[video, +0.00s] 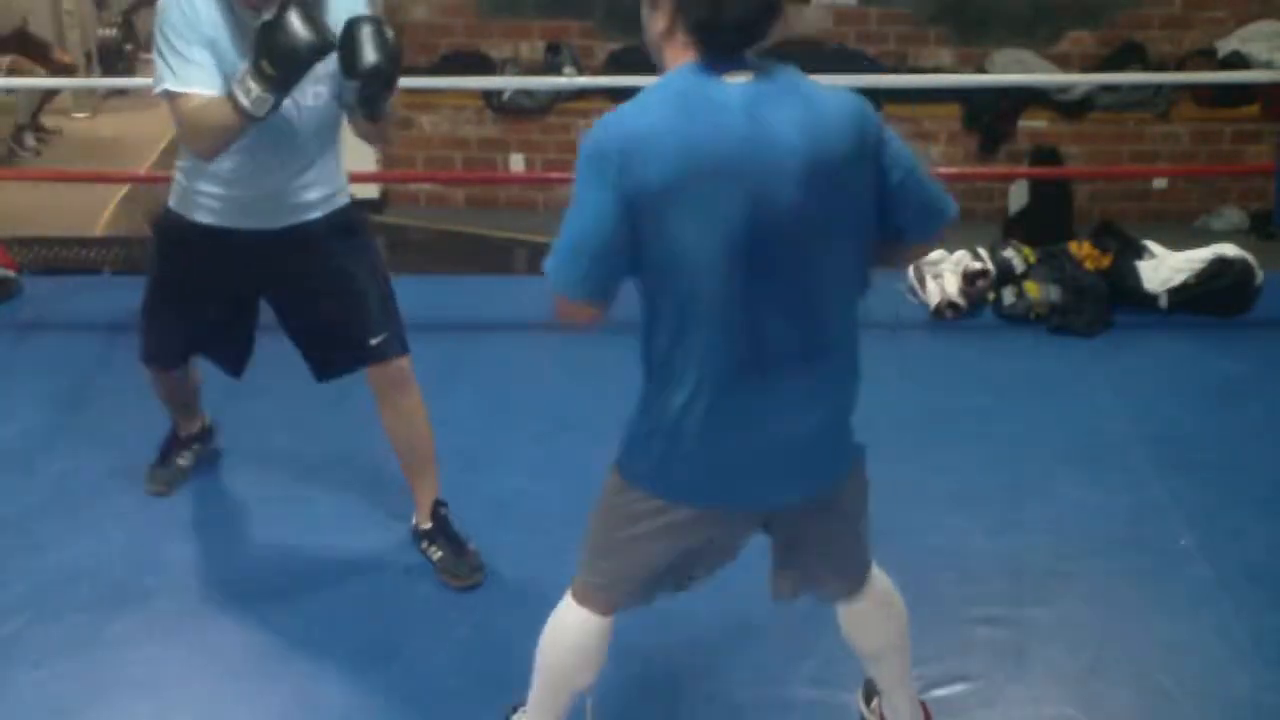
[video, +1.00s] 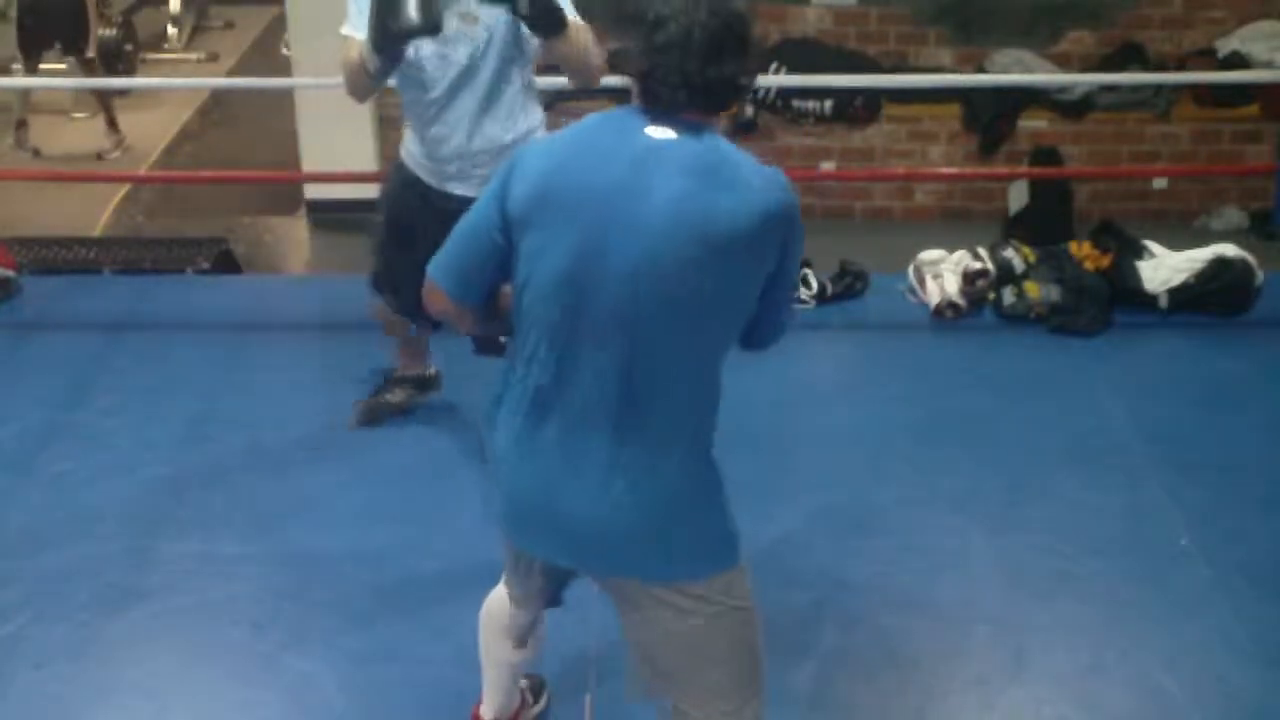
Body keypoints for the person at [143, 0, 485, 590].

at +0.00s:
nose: (262, 0)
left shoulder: (342, 7)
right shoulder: (190, 9)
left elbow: (375, 133)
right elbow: (197, 136)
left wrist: (371, 94)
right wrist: (264, 78)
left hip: (317, 214)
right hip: (205, 217)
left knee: (390, 362)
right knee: (163, 353)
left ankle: (431, 520)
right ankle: (191, 433)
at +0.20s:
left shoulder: (333, 4)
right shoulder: (182, 7)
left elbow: (381, 108)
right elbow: (184, 127)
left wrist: (368, 63)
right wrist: (242, 65)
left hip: (331, 208)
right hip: (222, 213)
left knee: (414, 353)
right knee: (181, 355)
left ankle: (487, 495)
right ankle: (193, 437)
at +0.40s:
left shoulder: (393, 6)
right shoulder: (248, 5)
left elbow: (465, 98)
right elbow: (228, 115)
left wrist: (433, 22)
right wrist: (275, 58)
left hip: (385, 213)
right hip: (280, 209)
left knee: (447, 364)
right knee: (225, 340)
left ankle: (514, 505)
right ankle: (198, 434)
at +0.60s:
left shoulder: (450, 5)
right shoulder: (291, 4)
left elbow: (489, 114)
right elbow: (277, 104)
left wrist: (459, 69)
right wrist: (316, 55)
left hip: (430, 188)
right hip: (328, 187)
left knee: (476, 349)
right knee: (282, 313)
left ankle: (517, 508)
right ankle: (329, 390)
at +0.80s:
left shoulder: (474, 1)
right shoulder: (316, 5)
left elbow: (543, 72)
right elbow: (301, 96)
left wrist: (494, 16)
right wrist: (347, 44)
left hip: (461, 173)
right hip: (365, 179)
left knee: (496, 300)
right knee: (333, 308)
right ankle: (348, 396)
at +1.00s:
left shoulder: (523, 0)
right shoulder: (381, 3)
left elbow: (588, 68)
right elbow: (357, 86)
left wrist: (547, 18)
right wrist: (386, 46)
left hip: (513, 164)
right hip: (426, 165)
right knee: (399, 294)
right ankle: (413, 372)